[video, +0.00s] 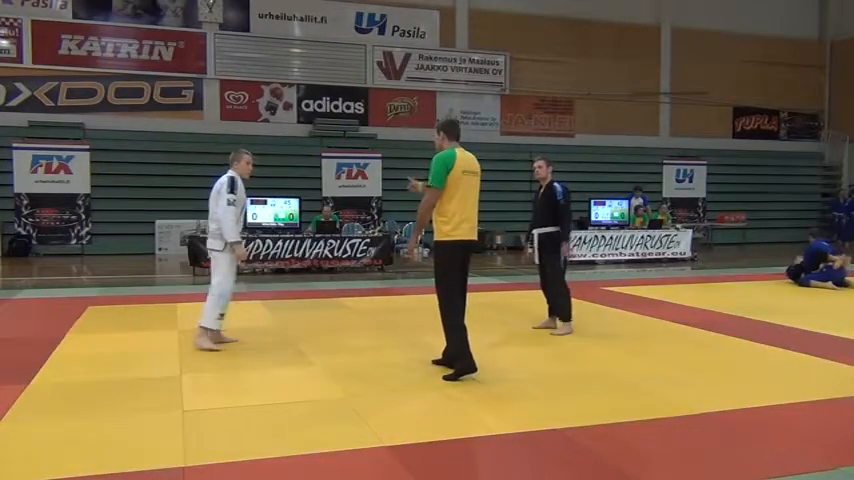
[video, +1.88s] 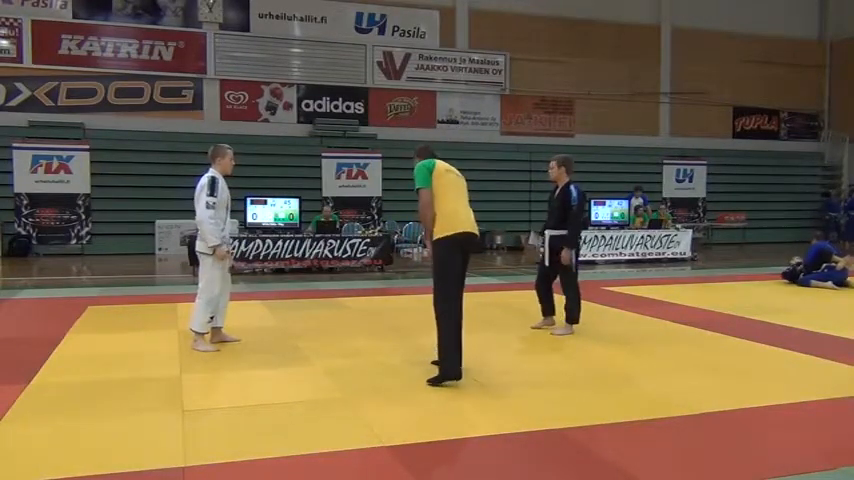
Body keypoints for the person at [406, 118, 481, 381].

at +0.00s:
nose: (435, 142)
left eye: (436, 138)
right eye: (436, 138)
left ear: (442, 137)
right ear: (457, 137)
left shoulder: (443, 159)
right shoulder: (472, 160)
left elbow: (429, 201)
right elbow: (454, 192)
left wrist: (414, 237)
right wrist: (424, 188)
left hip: (448, 239)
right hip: (466, 238)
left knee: (448, 300)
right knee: (456, 298)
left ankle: (464, 361)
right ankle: (452, 351)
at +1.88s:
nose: (415, 165)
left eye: (416, 161)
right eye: (416, 161)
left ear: (420, 158)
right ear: (434, 155)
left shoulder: (424, 166)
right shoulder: (453, 171)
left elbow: (426, 203)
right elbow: (458, 206)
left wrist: (428, 237)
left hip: (447, 235)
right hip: (466, 234)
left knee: (445, 302)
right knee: (451, 301)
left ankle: (451, 369)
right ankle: (451, 357)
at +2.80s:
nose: (440, 140)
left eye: (440, 136)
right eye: (442, 136)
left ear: (444, 134)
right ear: (465, 132)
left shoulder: (440, 161)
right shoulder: (491, 160)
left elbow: (428, 208)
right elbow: (498, 207)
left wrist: (422, 246)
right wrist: (493, 239)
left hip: (450, 249)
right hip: (484, 249)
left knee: (448, 313)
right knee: (480, 316)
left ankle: (450, 376)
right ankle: (484, 390)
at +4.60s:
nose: (435, 122)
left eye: (436, 117)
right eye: (440, 117)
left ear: (439, 116)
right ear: (466, 117)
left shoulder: (426, 144)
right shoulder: (491, 150)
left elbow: (408, 203)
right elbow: (501, 207)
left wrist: (406, 253)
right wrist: (495, 257)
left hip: (432, 255)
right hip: (474, 257)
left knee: (425, 338)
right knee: (471, 340)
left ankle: (422, 421)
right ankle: (475, 427)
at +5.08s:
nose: (390, 122)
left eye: (389, 117)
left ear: (392, 117)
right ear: (422, 116)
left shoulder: (379, 148)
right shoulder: (448, 151)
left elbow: (362, 215)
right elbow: (464, 209)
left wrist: (368, 249)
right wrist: (466, 263)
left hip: (385, 263)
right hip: (431, 264)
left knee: (381, 349)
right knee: (445, 346)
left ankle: (376, 443)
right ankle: (472, 428)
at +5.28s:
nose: (361, 117)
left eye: (360, 112)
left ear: (363, 112)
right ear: (393, 111)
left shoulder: (352, 145)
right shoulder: (421, 148)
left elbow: (332, 210)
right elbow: (433, 209)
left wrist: (333, 256)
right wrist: (428, 262)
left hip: (362, 263)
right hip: (406, 263)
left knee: (363, 351)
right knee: (418, 340)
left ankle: (373, 442)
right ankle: (447, 418)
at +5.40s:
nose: (350, 117)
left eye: (347, 112)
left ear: (347, 111)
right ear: (379, 110)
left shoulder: (338, 145)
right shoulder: (409, 146)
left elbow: (318, 210)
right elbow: (420, 208)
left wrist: (310, 267)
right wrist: (416, 259)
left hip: (354, 263)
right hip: (398, 262)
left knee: (359, 350)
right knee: (394, 336)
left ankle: (373, 441)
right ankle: (411, 418)